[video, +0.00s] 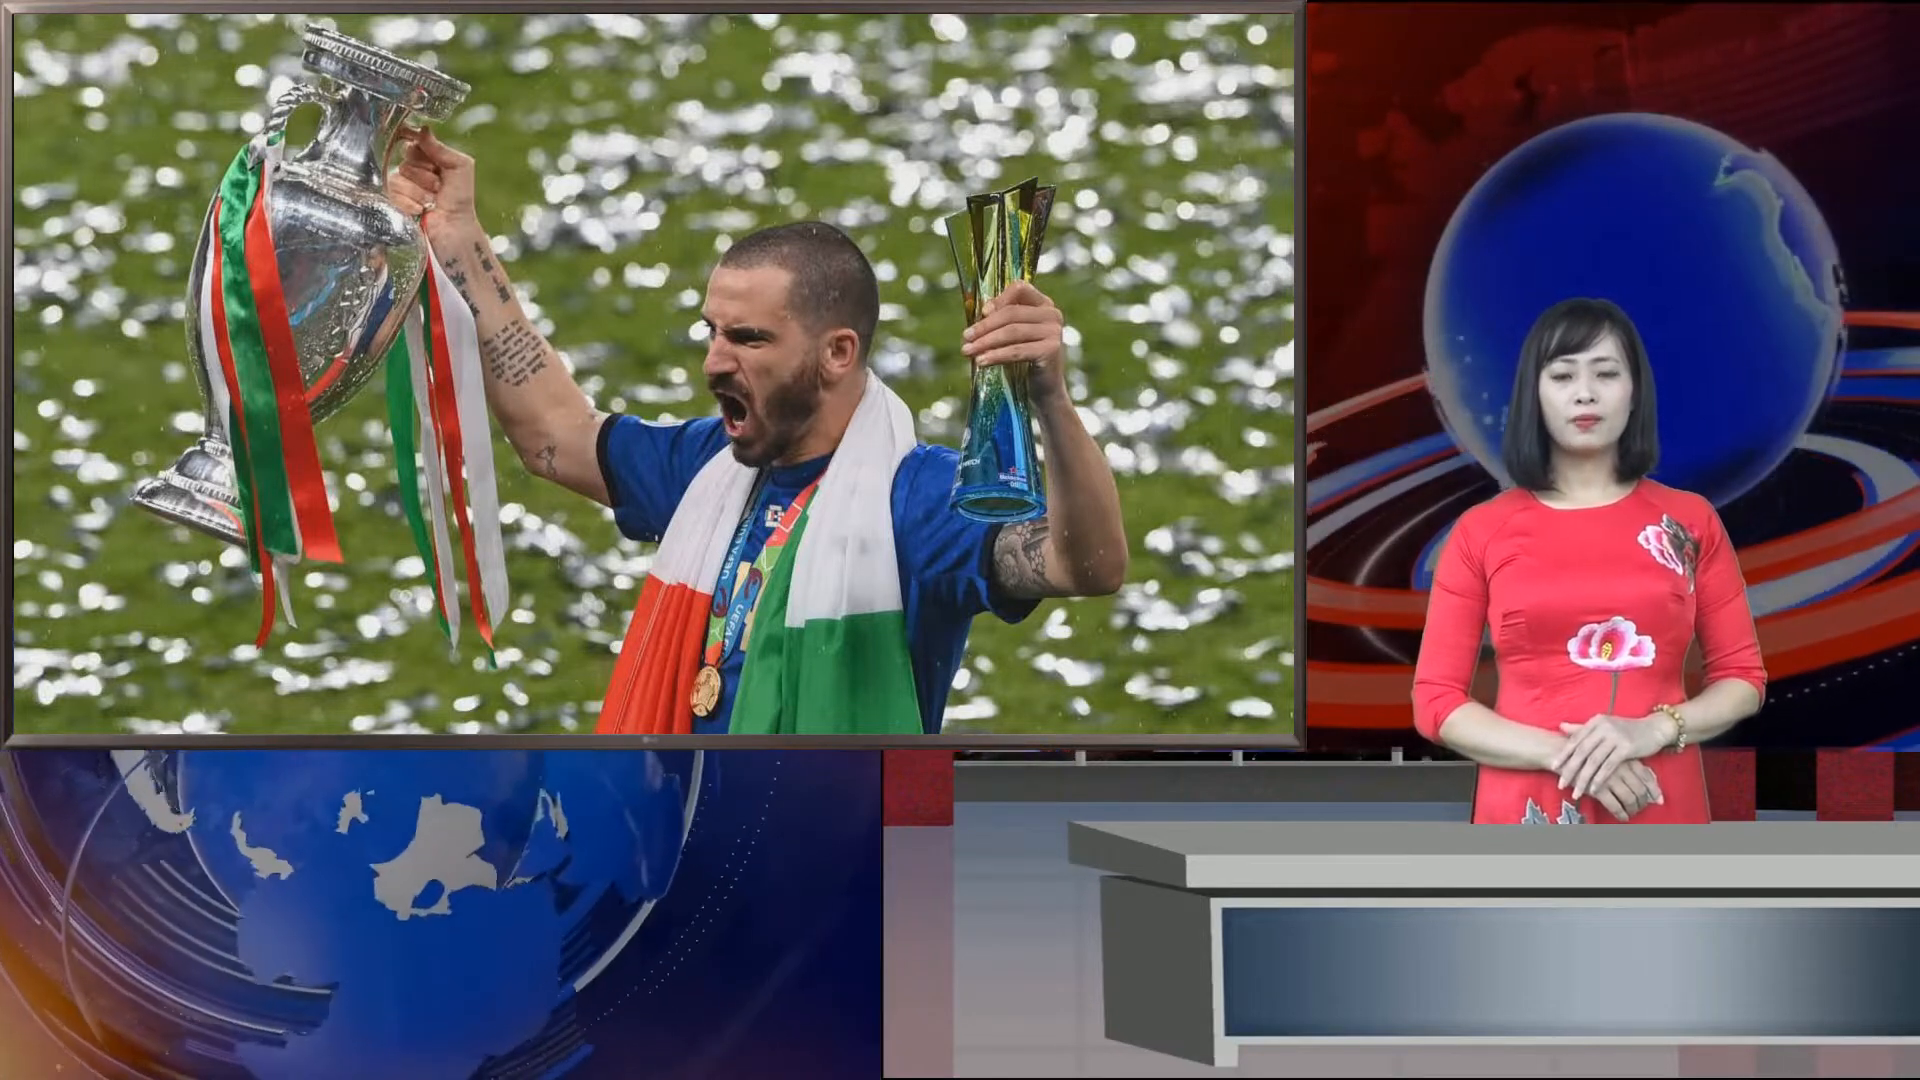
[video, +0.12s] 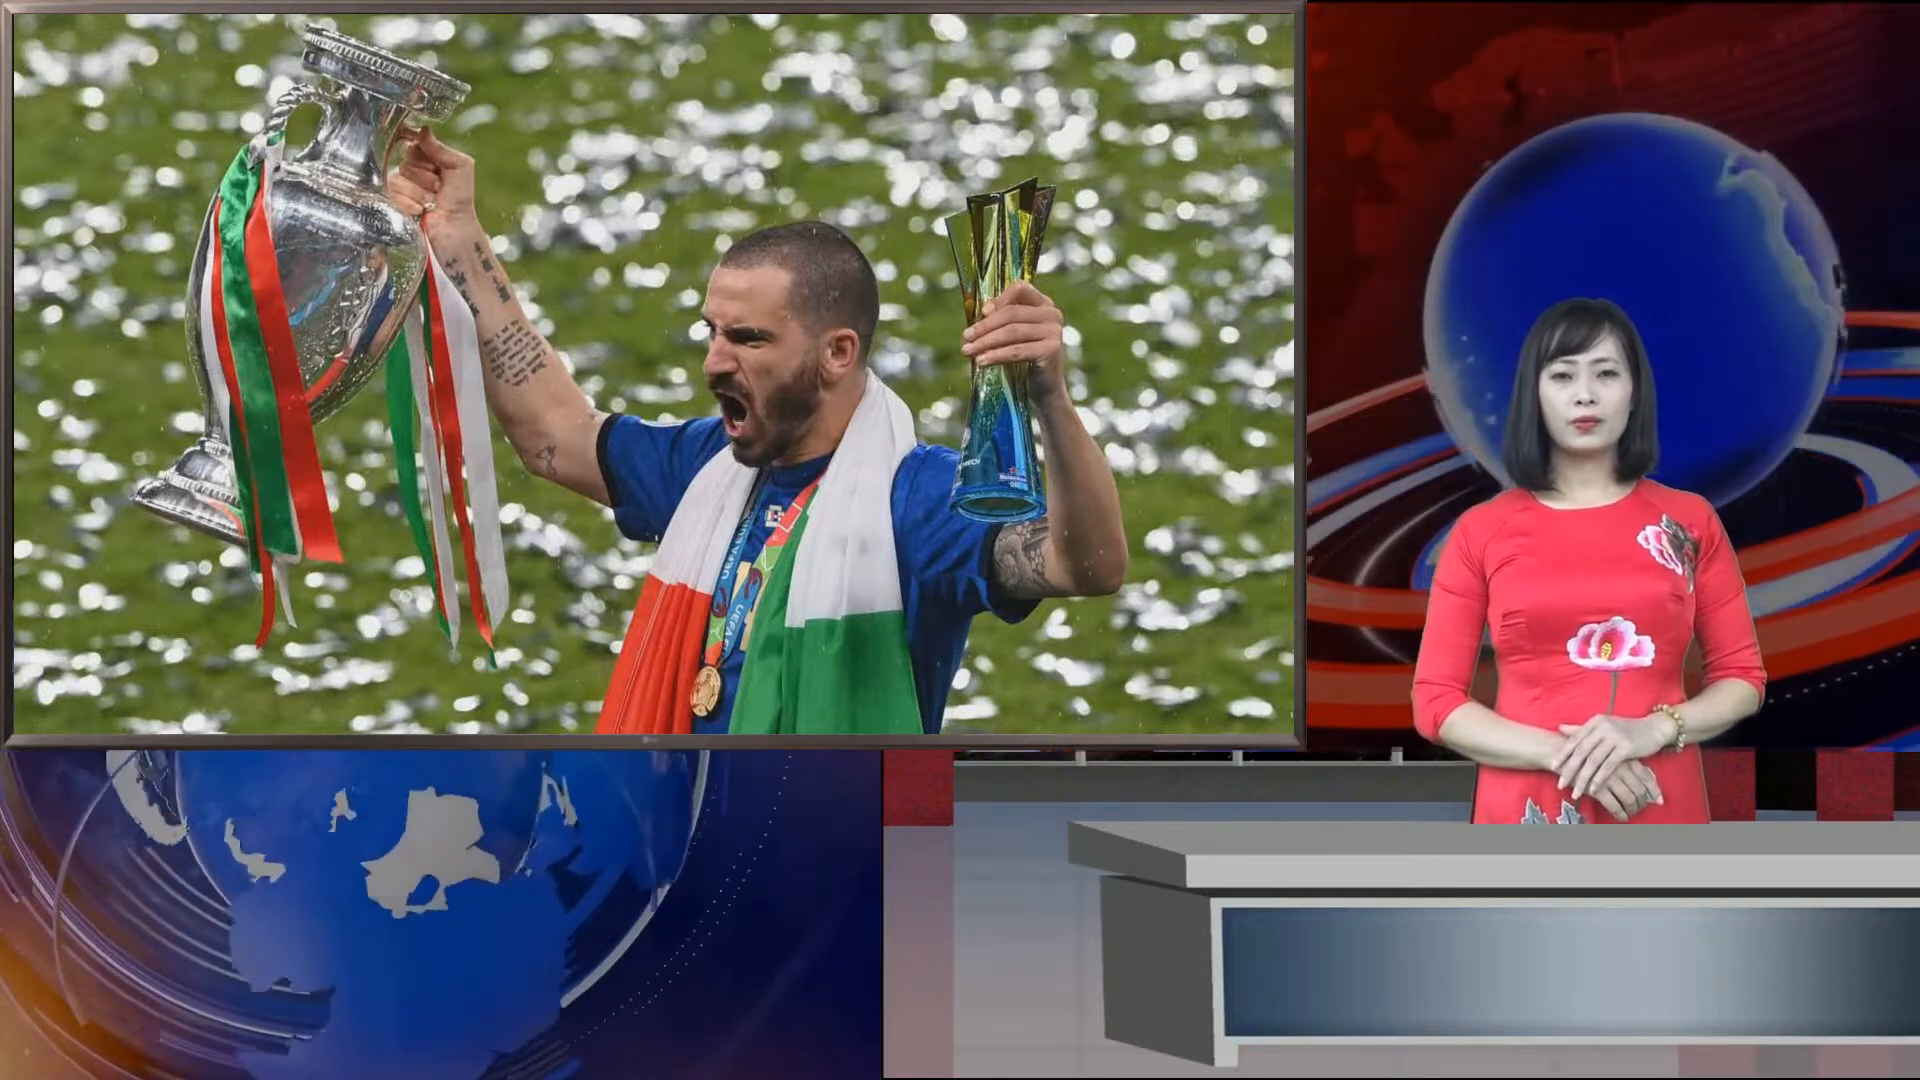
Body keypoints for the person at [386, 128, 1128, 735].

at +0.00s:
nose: (714, 363)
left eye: (747, 340)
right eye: (712, 334)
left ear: (839, 355)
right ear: (705, 328)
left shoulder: (914, 493)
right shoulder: (703, 466)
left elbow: (1089, 563)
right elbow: (557, 438)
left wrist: (1050, 399)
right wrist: (464, 253)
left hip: (825, 919)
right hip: (663, 900)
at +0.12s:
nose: (714, 363)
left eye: (747, 340)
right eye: (712, 334)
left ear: (839, 355)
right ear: (705, 328)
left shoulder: (914, 493)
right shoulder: (703, 466)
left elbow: (1089, 563)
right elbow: (557, 438)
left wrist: (1050, 399)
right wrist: (464, 253)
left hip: (827, 913)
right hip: (665, 895)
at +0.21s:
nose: (714, 363)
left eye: (747, 340)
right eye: (712, 334)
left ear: (839, 355)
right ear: (705, 328)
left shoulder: (914, 493)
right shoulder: (703, 466)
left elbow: (1089, 564)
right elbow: (557, 438)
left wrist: (1049, 399)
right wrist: (464, 252)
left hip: (828, 907)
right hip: (666, 891)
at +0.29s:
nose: (713, 361)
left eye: (746, 339)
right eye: (711, 333)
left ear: (838, 355)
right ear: (705, 328)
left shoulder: (914, 493)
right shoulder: (702, 465)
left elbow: (1089, 563)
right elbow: (557, 438)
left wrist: (1049, 398)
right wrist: (464, 253)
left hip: (830, 908)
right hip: (666, 891)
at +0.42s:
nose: (713, 361)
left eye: (746, 339)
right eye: (711, 333)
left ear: (838, 355)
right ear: (705, 328)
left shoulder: (914, 493)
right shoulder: (702, 465)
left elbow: (1089, 563)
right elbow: (556, 438)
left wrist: (1049, 398)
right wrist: (464, 253)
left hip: (830, 912)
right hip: (666, 894)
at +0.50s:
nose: (713, 361)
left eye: (747, 339)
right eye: (711, 333)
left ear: (838, 355)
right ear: (705, 328)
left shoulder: (914, 493)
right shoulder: (702, 465)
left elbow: (1089, 563)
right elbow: (556, 438)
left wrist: (1049, 398)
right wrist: (464, 253)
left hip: (830, 917)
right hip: (666, 898)